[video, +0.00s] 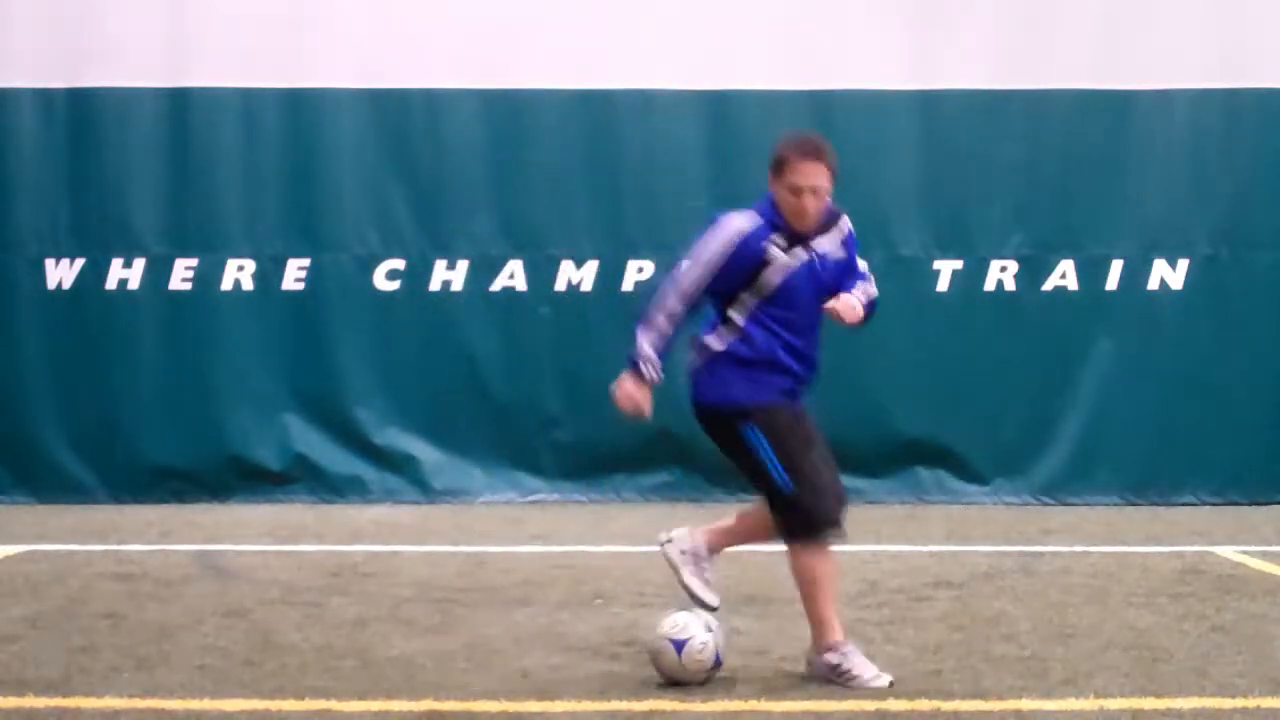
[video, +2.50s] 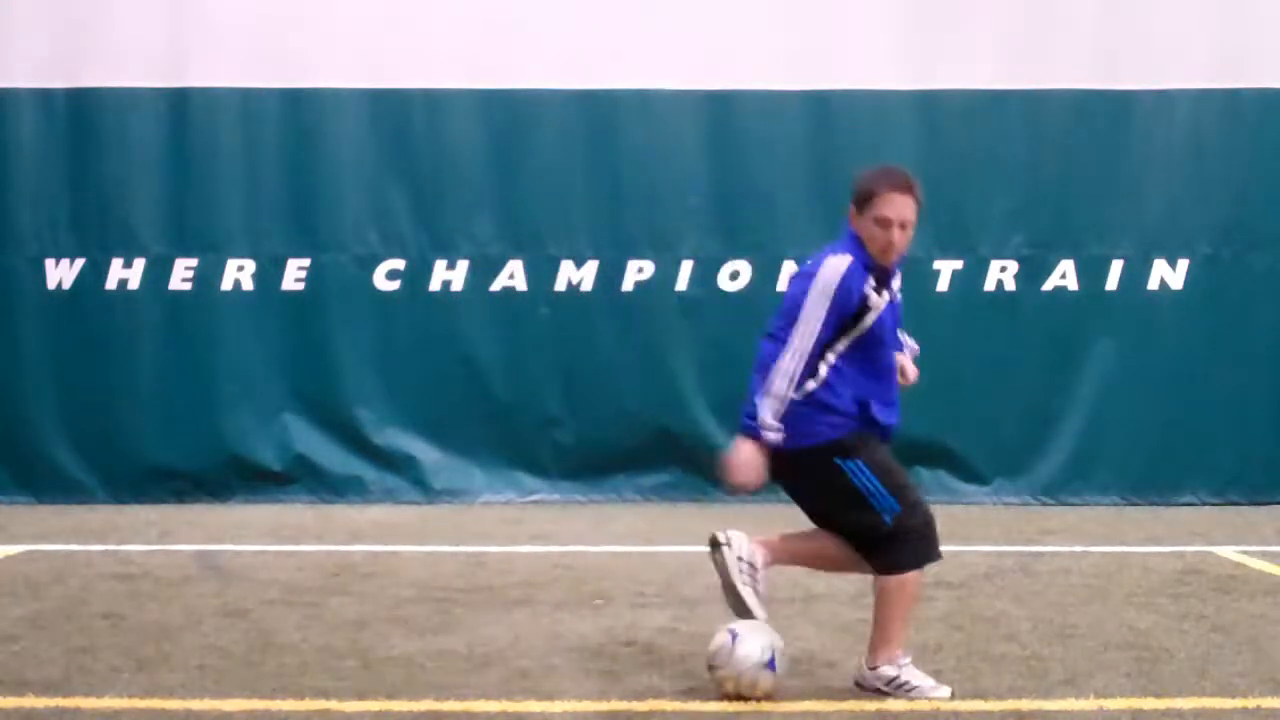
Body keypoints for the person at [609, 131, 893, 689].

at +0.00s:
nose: (811, 205)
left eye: (820, 192)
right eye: (799, 192)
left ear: (832, 190)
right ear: (775, 187)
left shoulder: (836, 229)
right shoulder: (740, 232)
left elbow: (860, 279)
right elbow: (676, 293)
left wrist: (856, 298)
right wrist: (641, 369)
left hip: (782, 391)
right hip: (732, 390)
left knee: (819, 502)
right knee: (806, 507)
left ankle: (697, 545)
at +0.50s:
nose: (773, 181)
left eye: (785, 171)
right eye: (763, 169)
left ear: (801, 173)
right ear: (743, 170)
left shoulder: (817, 223)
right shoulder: (708, 217)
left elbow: (851, 289)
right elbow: (647, 266)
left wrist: (874, 344)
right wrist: (631, 326)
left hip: (771, 394)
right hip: (699, 389)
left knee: (781, 523)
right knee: (708, 505)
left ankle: (772, 635)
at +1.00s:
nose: (582, 187)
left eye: (593, 175)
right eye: (572, 176)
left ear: (616, 173)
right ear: (560, 177)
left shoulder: (654, 219)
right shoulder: (544, 228)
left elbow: (704, 281)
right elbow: (512, 273)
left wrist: (724, 346)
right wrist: (479, 291)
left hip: (646, 369)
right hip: (582, 385)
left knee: (610, 435)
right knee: (573, 518)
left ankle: (670, 556)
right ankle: (602, 624)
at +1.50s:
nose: (541, 199)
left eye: (553, 187)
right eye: (531, 187)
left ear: (577, 181)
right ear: (517, 183)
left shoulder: (615, 227)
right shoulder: (504, 230)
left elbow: (682, 282)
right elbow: (488, 290)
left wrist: (690, 352)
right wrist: (465, 338)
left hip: (602, 403)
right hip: (541, 403)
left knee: (552, 520)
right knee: (521, 513)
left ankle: (526, 655)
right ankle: (642, 528)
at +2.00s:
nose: (702, 146)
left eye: (712, 136)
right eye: (691, 135)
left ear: (727, 139)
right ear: (668, 137)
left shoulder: (754, 195)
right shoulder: (634, 193)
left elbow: (789, 265)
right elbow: (599, 261)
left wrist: (789, 320)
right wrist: (587, 327)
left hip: (732, 361)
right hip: (657, 357)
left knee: (750, 493)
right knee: (660, 451)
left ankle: (737, 623)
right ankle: (678, 580)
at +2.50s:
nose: (895, 239)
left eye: (905, 227)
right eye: (883, 224)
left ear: (915, 226)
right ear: (857, 219)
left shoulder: (884, 273)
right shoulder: (835, 271)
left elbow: (879, 324)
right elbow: (793, 350)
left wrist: (897, 351)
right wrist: (758, 433)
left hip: (846, 434)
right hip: (817, 437)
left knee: (885, 546)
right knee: (909, 531)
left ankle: (756, 552)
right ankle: (885, 664)